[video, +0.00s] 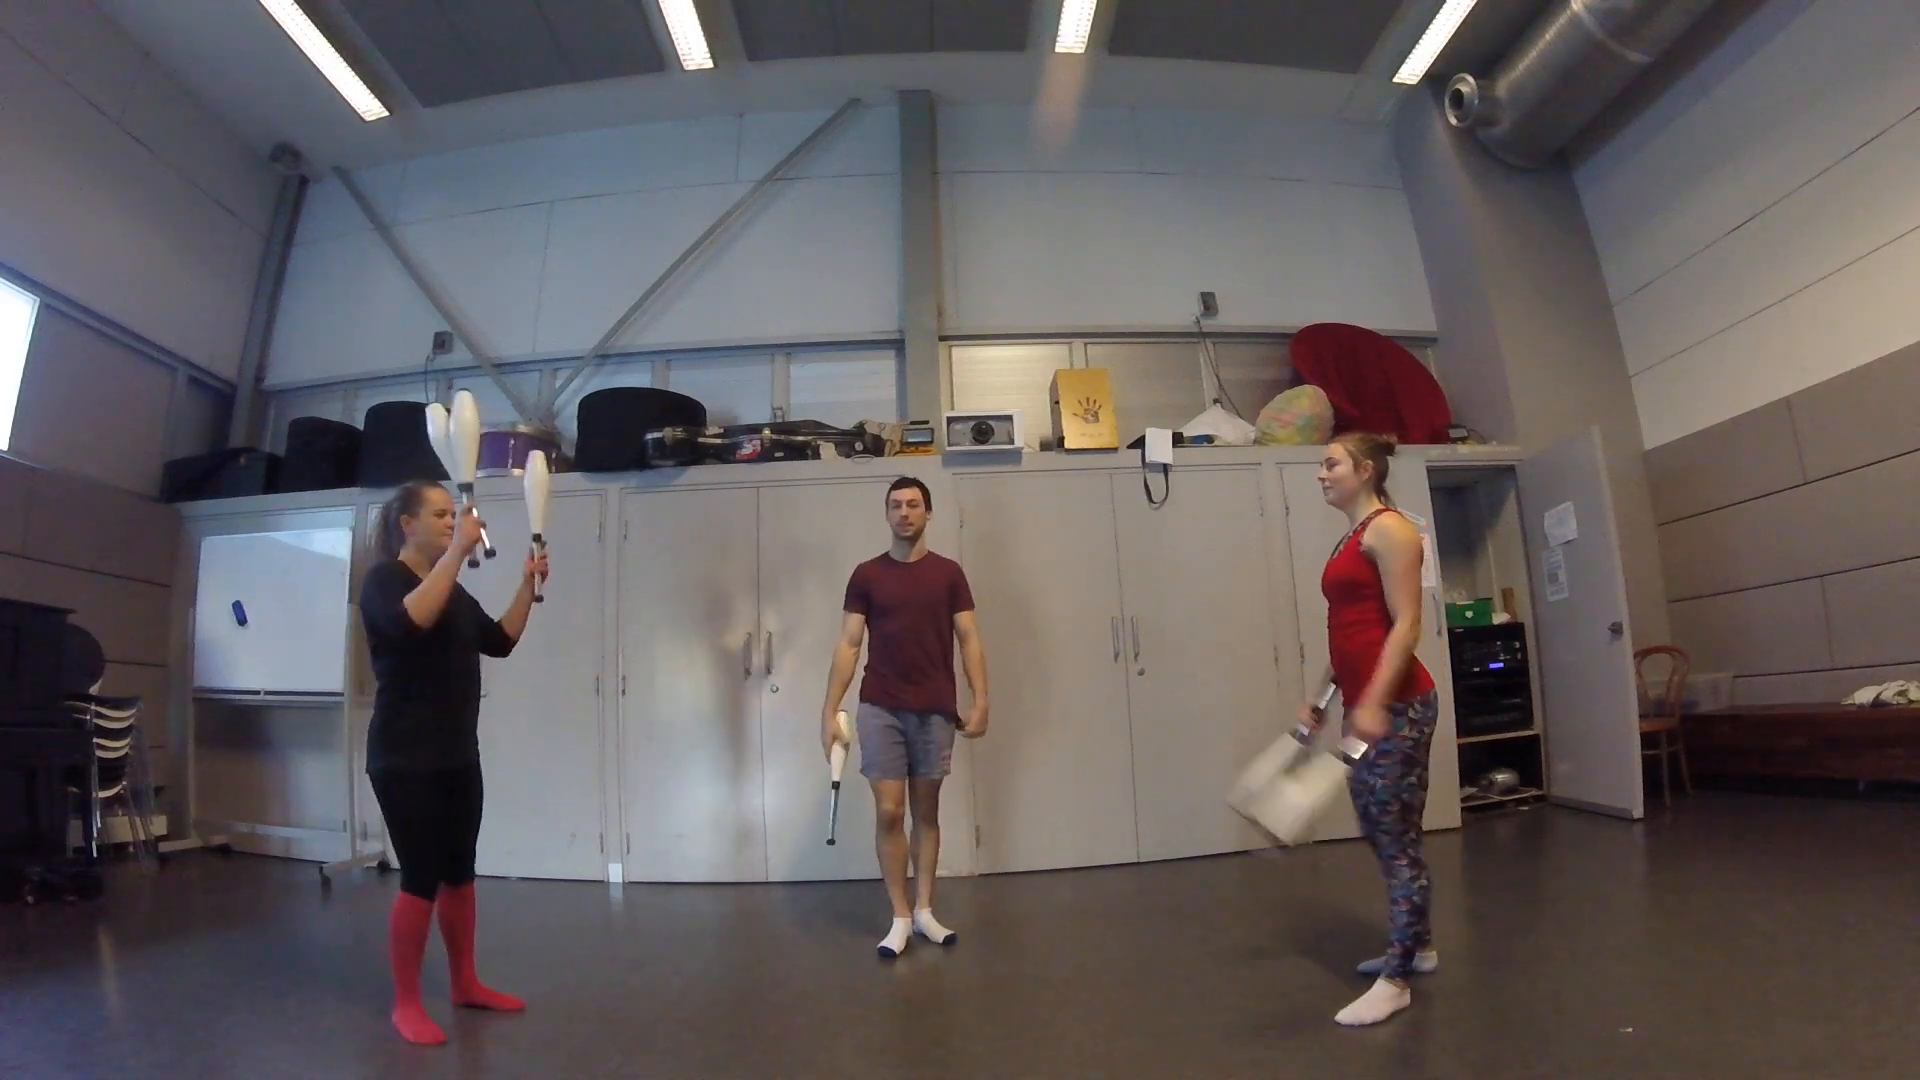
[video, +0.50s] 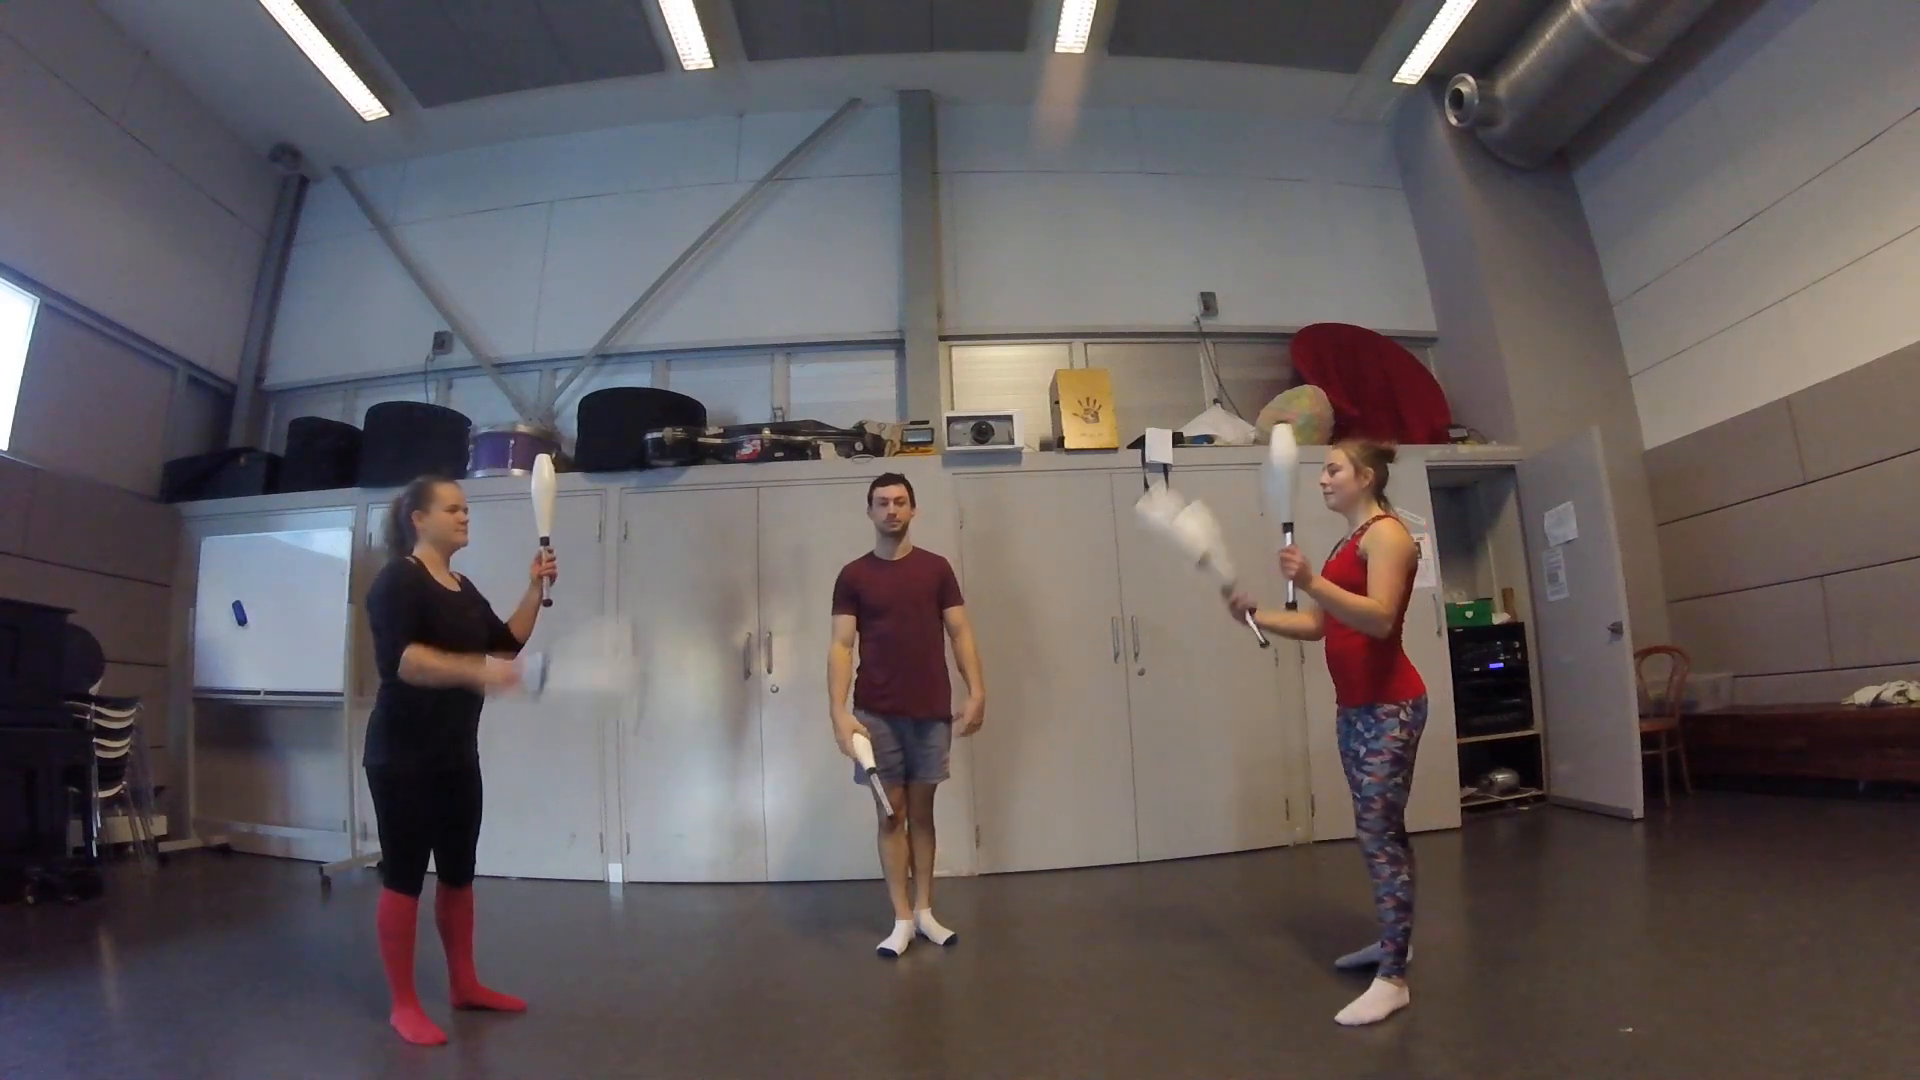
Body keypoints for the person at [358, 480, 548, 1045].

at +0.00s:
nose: (454, 525)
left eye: (455, 516)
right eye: (442, 515)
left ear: (452, 529)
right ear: (406, 524)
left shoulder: (452, 591)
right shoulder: (382, 581)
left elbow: (499, 642)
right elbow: (411, 619)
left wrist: (529, 587)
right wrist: (457, 552)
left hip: (458, 751)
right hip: (403, 755)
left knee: (460, 874)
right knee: (421, 878)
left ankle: (465, 986)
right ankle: (407, 1004)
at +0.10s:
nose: (455, 525)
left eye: (456, 515)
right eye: (443, 515)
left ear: (453, 528)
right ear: (408, 523)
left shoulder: (452, 590)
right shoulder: (385, 580)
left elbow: (501, 641)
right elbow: (417, 615)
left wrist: (528, 583)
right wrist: (460, 544)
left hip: (459, 751)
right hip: (404, 755)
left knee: (461, 873)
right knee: (412, 878)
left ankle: (465, 986)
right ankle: (406, 1005)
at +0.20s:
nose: (457, 524)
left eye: (459, 515)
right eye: (445, 514)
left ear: (454, 527)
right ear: (408, 522)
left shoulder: (453, 589)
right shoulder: (385, 581)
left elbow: (501, 642)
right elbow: (421, 614)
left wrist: (528, 583)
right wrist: (464, 547)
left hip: (459, 751)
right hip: (404, 755)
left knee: (463, 872)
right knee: (407, 879)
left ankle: (466, 985)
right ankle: (405, 1005)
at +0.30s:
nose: (458, 521)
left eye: (458, 513)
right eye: (448, 512)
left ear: (454, 525)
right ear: (411, 520)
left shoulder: (453, 588)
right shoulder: (388, 579)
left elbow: (501, 643)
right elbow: (424, 622)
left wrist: (531, 585)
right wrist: (478, 563)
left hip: (458, 751)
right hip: (403, 755)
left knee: (462, 872)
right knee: (405, 878)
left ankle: (466, 986)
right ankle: (404, 1004)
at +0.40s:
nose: (460, 519)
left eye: (461, 511)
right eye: (449, 510)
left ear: (454, 523)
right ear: (413, 519)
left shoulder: (460, 588)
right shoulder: (389, 582)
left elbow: (503, 646)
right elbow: (418, 643)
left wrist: (531, 596)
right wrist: (490, 610)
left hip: (457, 750)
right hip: (402, 753)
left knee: (458, 871)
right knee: (403, 875)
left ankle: (465, 986)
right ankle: (404, 1004)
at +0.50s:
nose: (465, 519)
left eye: (465, 510)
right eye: (454, 510)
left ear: (458, 522)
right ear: (417, 519)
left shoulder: (462, 586)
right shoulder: (395, 582)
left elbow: (505, 645)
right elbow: (400, 660)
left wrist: (536, 590)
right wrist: (481, 671)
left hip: (457, 748)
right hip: (402, 751)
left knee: (457, 871)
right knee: (403, 875)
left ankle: (465, 986)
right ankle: (404, 1005)